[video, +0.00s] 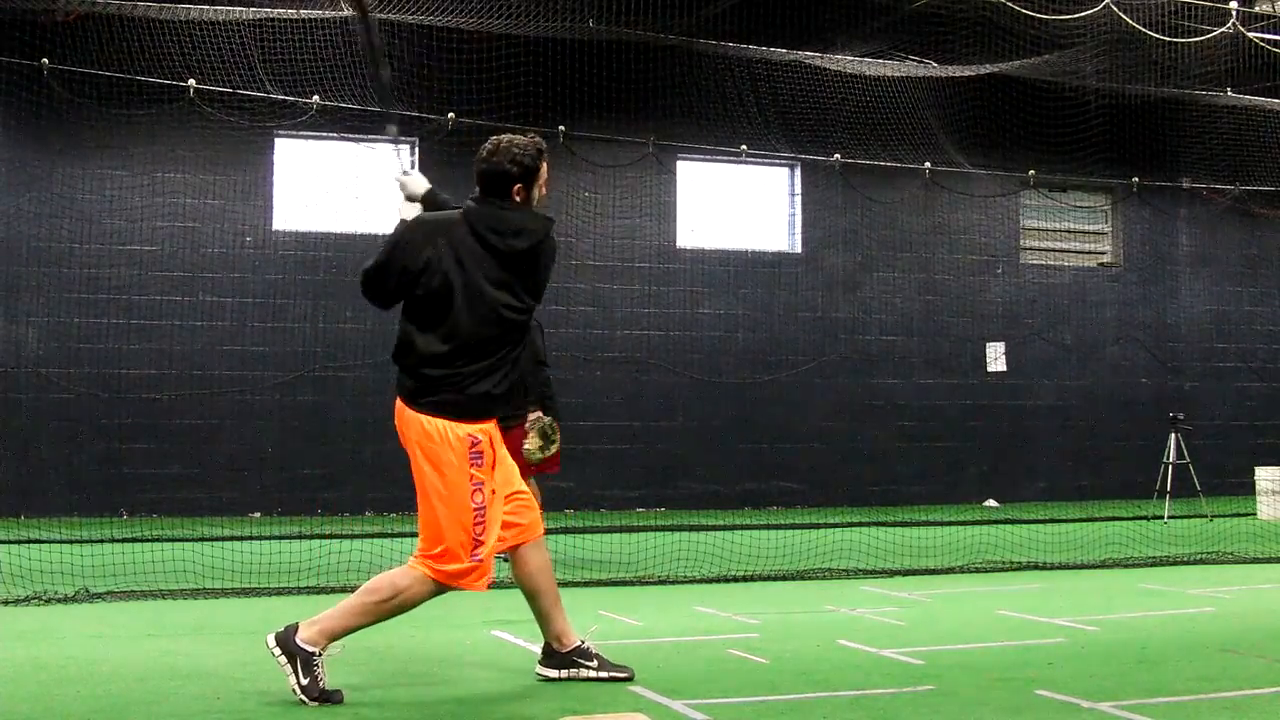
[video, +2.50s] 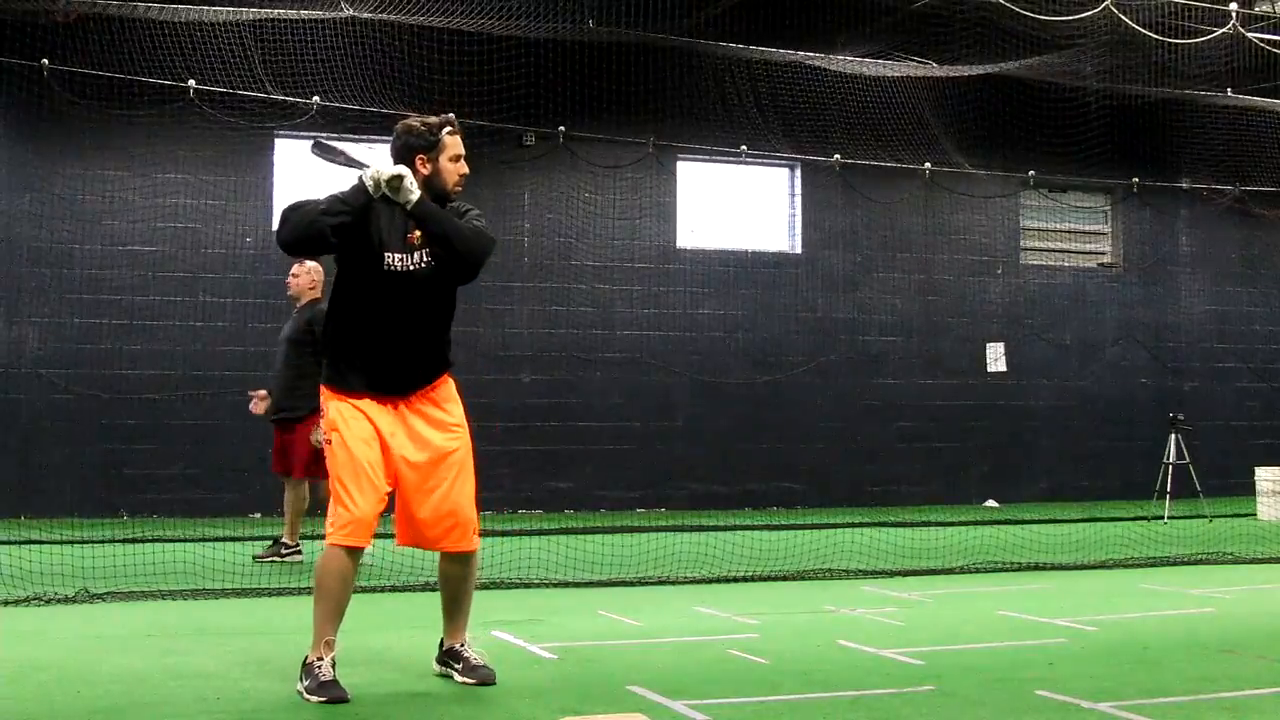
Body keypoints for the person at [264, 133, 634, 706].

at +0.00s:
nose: (546, 189)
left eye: (546, 180)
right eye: (544, 182)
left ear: (483, 186)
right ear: (523, 189)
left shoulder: (427, 233)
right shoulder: (536, 238)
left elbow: (378, 289)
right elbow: (486, 234)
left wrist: (410, 219)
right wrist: (436, 202)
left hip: (449, 414)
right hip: (458, 420)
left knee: (522, 523)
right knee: (448, 563)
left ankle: (563, 648)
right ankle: (306, 639)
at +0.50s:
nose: (562, 194)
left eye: (563, 183)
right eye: (556, 185)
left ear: (517, 183)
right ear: (523, 185)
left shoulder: (485, 215)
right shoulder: (514, 255)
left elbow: (541, 285)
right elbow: (555, 334)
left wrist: (598, 306)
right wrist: (622, 333)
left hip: (494, 410)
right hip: (451, 416)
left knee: (545, 520)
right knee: (440, 552)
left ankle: (565, 647)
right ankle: (305, 636)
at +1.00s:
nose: (592, 198)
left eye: (597, 188)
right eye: (586, 187)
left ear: (584, 182)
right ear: (551, 176)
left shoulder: (570, 230)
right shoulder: (494, 244)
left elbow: (577, 312)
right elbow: (464, 346)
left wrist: (561, 372)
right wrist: (529, 395)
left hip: (527, 398)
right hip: (457, 397)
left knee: (573, 513)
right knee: (405, 517)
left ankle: (567, 644)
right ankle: (312, 636)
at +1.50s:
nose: (463, 187)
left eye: (471, 177)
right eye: (454, 175)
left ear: (478, 172)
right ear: (424, 165)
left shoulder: (486, 233)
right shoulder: (372, 229)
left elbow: (501, 317)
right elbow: (324, 301)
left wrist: (446, 350)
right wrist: (379, 327)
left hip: (460, 403)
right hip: (377, 407)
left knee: (515, 521)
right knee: (357, 533)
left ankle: (549, 636)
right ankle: (323, 655)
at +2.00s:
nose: (462, 154)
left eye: (461, 145)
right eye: (453, 145)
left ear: (431, 151)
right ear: (419, 151)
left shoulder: (460, 206)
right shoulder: (362, 210)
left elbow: (478, 246)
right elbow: (293, 247)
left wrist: (410, 201)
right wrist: (361, 204)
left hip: (441, 391)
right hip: (363, 393)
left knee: (470, 526)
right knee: (356, 528)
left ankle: (469, 644)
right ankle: (320, 658)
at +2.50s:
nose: (464, 167)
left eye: (463, 157)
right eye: (455, 158)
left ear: (434, 163)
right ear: (421, 163)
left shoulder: (457, 219)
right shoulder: (360, 210)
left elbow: (474, 252)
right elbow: (291, 235)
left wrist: (416, 200)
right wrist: (362, 192)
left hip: (430, 395)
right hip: (354, 397)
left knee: (459, 527)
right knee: (353, 523)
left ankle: (454, 646)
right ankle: (320, 657)